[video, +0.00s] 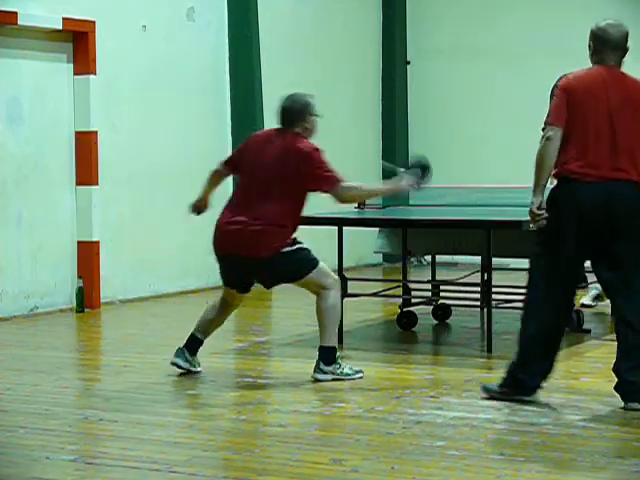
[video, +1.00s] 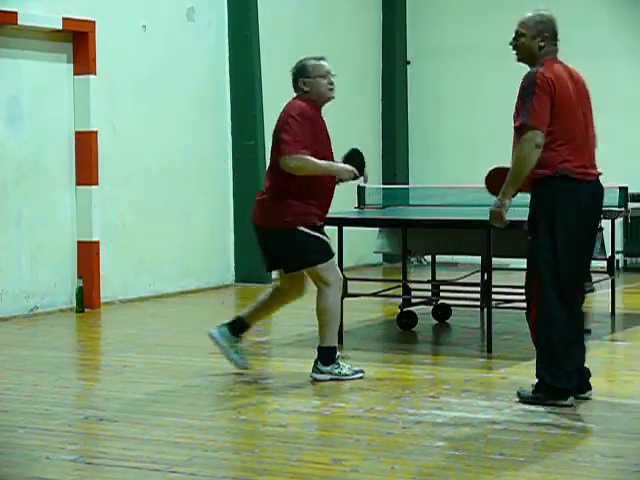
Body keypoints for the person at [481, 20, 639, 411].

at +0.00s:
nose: (592, 50)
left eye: (590, 45)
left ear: (591, 47)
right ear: (625, 53)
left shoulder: (569, 84)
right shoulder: (636, 89)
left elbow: (552, 138)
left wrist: (538, 195)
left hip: (573, 201)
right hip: (626, 205)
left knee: (549, 290)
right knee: (630, 297)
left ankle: (522, 382)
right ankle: (633, 386)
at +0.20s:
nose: (591, 44)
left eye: (591, 38)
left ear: (592, 40)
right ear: (627, 45)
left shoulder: (574, 79)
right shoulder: (637, 81)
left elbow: (552, 136)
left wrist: (534, 191)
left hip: (581, 199)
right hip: (631, 201)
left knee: (573, 292)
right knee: (633, 295)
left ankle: (557, 388)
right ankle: (635, 387)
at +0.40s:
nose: (574, 43)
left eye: (578, 38)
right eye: (577, 38)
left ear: (593, 40)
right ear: (612, 43)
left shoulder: (569, 77)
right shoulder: (636, 81)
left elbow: (549, 135)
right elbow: (635, 141)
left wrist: (535, 191)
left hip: (574, 197)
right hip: (627, 199)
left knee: (562, 291)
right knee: (630, 294)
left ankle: (556, 387)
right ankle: (634, 387)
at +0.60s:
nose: (545, 43)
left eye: (550, 37)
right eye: (547, 37)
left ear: (571, 41)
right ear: (583, 43)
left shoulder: (554, 80)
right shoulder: (616, 82)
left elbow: (541, 143)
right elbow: (635, 142)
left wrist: (525, 199)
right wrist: (606, 167)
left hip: (565, 199)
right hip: (613, 199)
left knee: (550, 290)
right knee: (618, 293)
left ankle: (556, 385)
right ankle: (633, 385)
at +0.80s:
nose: (523, 42)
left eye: (529, 37)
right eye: (525, 36)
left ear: (551, 40)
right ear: (557, 41)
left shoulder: (539, 80)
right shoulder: (592, 78)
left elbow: (530, 144)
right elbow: (610, 138)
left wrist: (506, 202)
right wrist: (567, 157)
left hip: (557, 196)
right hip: (597, 195)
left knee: (545, 287)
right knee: (589, 282)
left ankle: (555, 384)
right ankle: (620, 367)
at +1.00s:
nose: (513, 43)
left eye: (519, 36)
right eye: (514, 37)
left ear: (543, 41)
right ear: (547, 43)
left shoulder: (540, 77)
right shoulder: (572, 77)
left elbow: (534, 140)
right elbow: (576, 141)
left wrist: (503, 198)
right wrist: (524, 173)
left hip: (559, 192)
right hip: (586, 191)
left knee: (547, 286)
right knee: (567, 285)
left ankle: (555, 384)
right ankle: (573, 377)